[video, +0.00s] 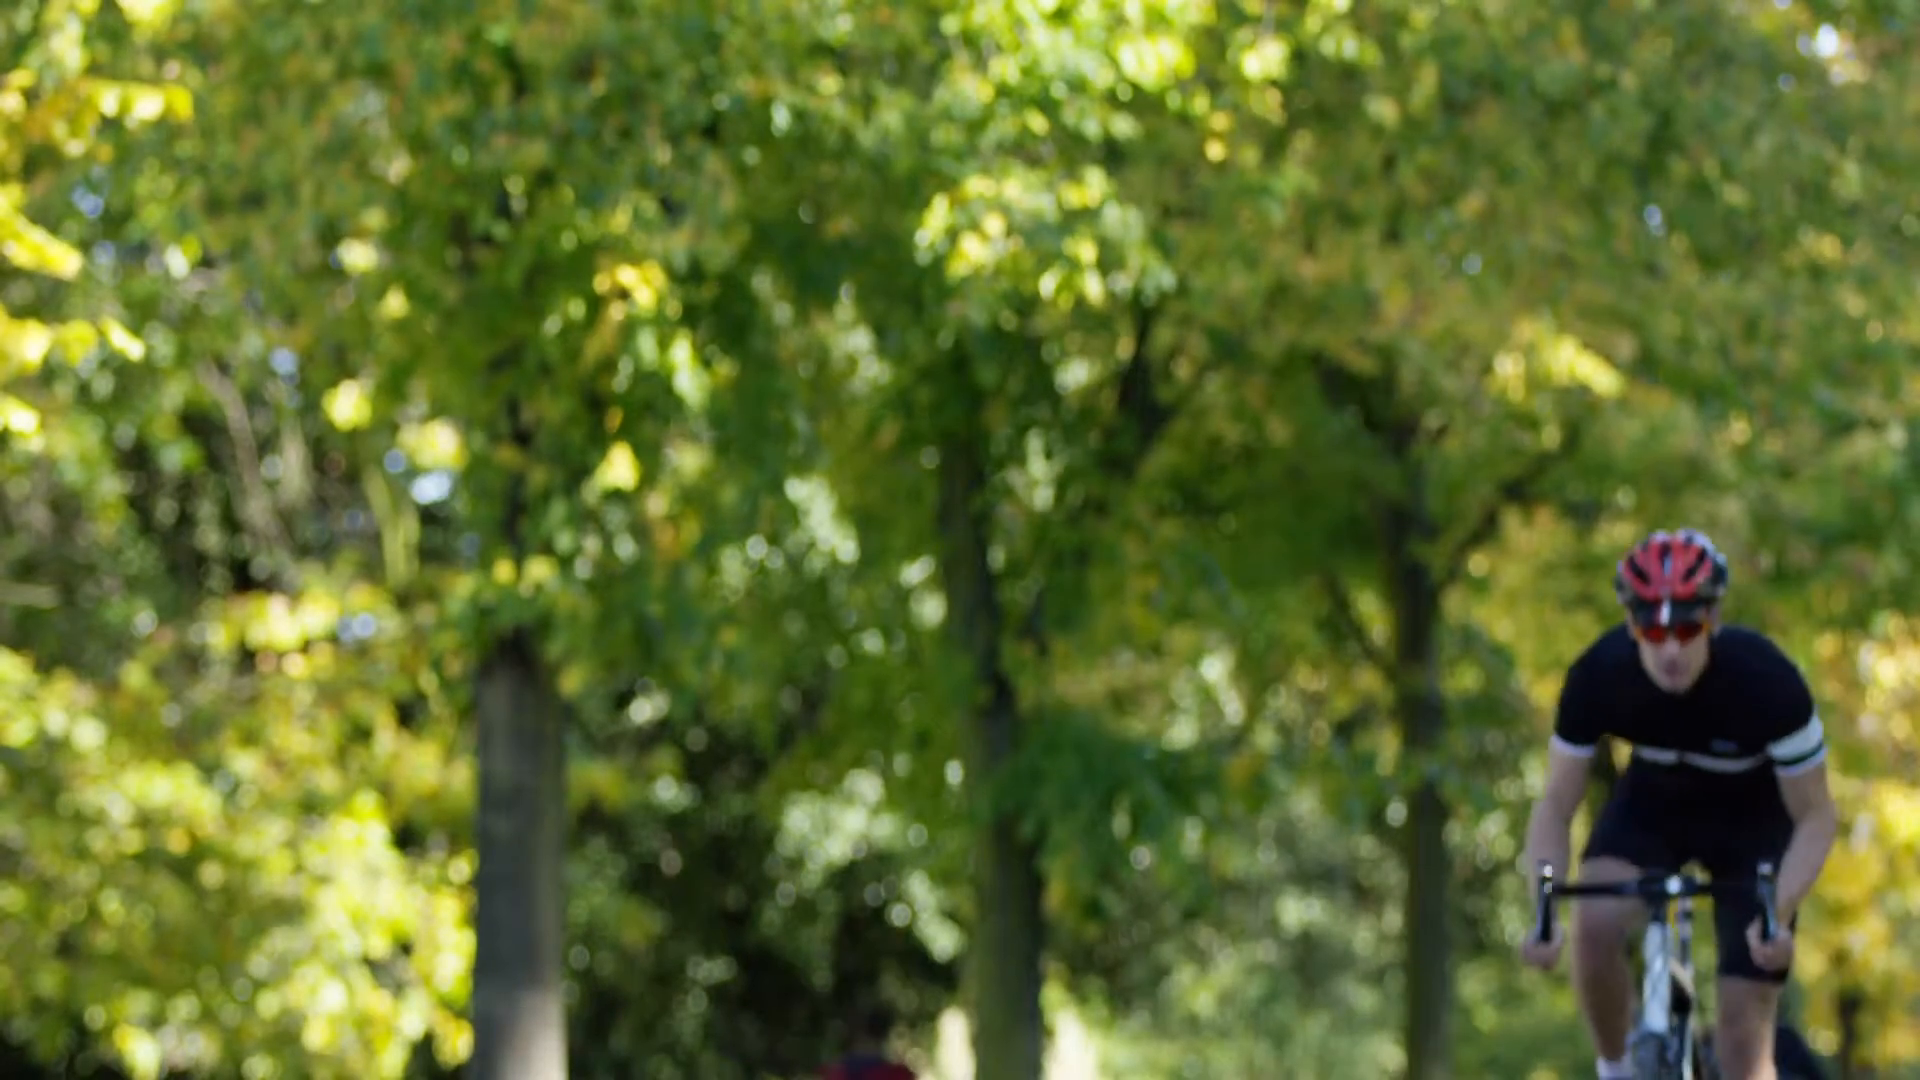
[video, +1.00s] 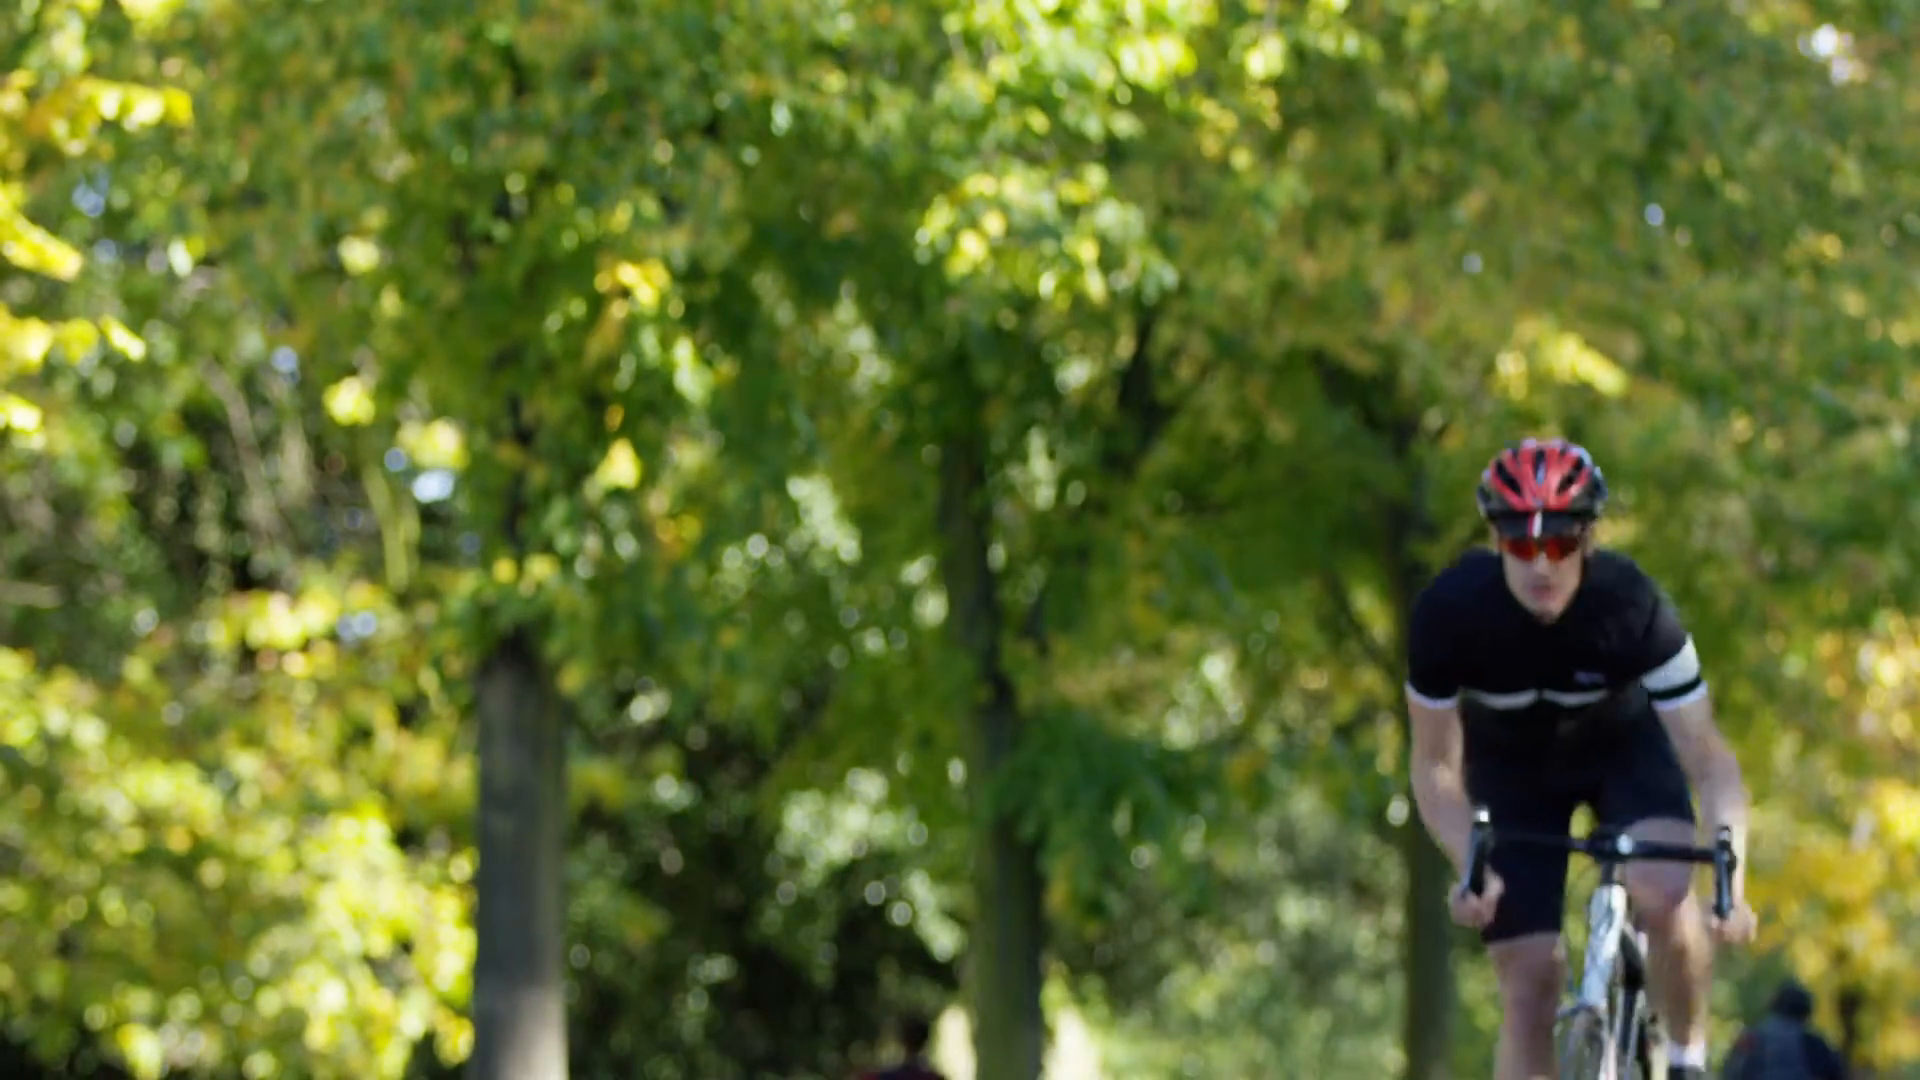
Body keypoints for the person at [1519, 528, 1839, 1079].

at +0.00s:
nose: (1672, 650)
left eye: (1688, 631)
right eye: (1654, 633)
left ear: (1714, 620)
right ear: (1631, 625)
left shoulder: (1765, 677)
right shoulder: (1597, 676)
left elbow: (1816, 813)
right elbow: (1556, 807)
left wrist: (1779, 912)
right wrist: (1543, 912)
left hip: (1751, 806)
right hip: (1651, 796)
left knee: (1746, 1029)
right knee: (1595, 924)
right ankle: (1614, 1069)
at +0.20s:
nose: (1635, 631)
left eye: (1652, 612)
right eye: (1617, 613)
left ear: (1680, 599)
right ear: (1594, 605)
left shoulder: (1735, 661)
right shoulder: (1561, 663)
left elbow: (1794, 796)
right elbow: (1533, 800)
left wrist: (1777, 902)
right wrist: (1533, 904)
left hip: (1728, 793)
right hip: (1622, 782)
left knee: (1728, 1023)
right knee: (1583, 901)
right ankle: (1599, 1070)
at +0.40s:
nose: (1603, 610)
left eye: (1621, 590)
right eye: (1585, 592)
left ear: (1650, 577)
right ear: (1563, 584)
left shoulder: (1703, 633)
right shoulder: (1526, 644)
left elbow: (1773, 776)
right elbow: (1513, 788)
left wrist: (1774, 897)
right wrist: (1529, 888)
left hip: (1703, 773)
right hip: (1594, 771)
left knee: (1719, 995)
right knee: (1579, 907)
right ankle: (1591, 1074)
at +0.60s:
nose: (1576, 594)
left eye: (1595, 574)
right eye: (1559, 575)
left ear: (1627, 561)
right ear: (1537, 568)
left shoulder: (1677, 621)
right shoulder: (1494, 634)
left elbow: (1753, 769)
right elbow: (1491, 778)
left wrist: (1768, 898)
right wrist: (1525, 877)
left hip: (1675, 755)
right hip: (1564, 763)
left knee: (1712, 974)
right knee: (1572, 924)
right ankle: (1569, 1071)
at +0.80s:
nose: (1557, 581)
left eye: (1576, 560)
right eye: (1539, 562)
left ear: (1608, 549)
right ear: (1515, 556)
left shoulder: (1651, 614)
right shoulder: (1468, 627)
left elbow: (1732, 762)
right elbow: (1466, 771)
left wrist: (1757, 881)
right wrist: (1507, 869)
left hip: (1651, 759)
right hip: (1537, 769)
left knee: (1698, 945)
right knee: (1551, 968)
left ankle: (1714, 1074)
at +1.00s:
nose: (1542, 567)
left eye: (1560, 547)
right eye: (1523, 548)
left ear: (1589, 539)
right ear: (1497, 541)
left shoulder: (1630, 603)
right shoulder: (1447, 613)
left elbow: (1706, 752)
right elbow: (1435, 762)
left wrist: (1729, 878)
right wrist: (1471, 864)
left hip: (1626, 748)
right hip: (1510, 763)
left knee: (1666, 901)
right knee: (1529, 982)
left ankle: (1687, 1060)